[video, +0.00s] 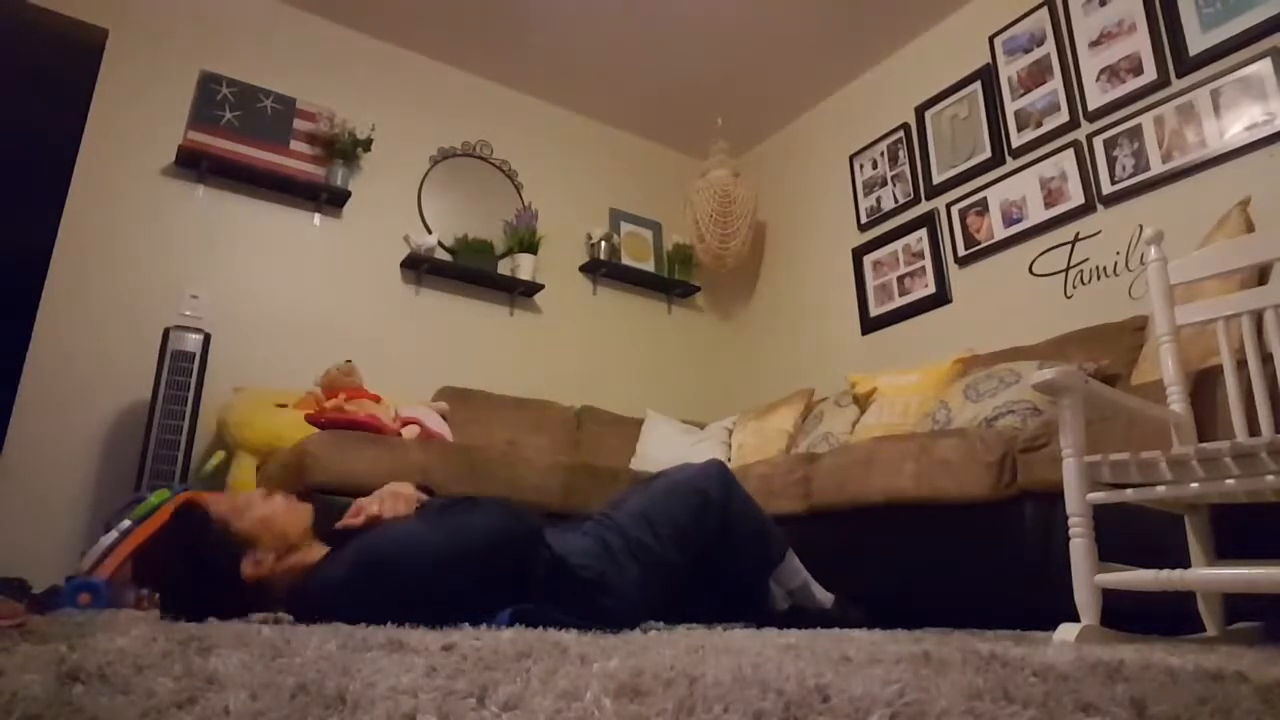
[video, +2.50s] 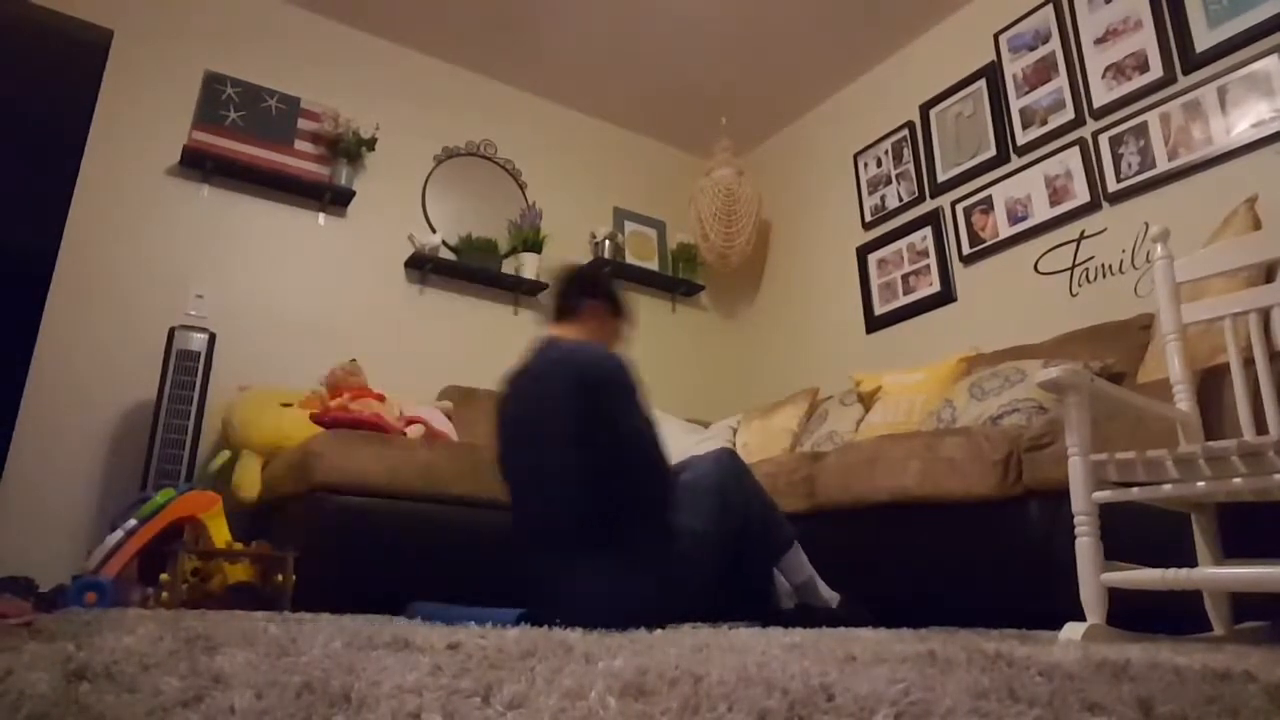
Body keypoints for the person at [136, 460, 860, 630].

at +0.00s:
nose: (266, 487)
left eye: (247, 491)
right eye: (249, 502)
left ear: (264, 552)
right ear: (257, 559)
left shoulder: (322, 562)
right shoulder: (355, 576)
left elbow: (486, 522)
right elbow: (511, 529)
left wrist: (412, 511)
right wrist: (417, 509)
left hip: (555, 564)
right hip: (575, 583)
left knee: (697, 504)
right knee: (708, 484)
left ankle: (785, 622)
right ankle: (817, 610)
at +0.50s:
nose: (401, 387)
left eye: (391, 375)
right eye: (387, 379)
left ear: (343, 414)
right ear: (356, 404)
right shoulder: (427, 478)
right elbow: (570, 503)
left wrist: (444, 455)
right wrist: (482, 455)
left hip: (541, 595)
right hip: (595, 590)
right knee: (709, 474)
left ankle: (786, 610)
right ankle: (806, 599)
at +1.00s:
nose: (728, 408)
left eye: (733, 404)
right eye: (731, 399)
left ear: (683, 363)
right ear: (722, 375)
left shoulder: (624, 394)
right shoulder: (706, 390)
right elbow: (695, 501)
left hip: (582, 589)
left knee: (729, 467)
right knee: (730, 481)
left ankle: (818, 593)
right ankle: (789, 599)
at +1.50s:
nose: (510, 353)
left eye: (508, 340)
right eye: (503, 339)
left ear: (450, 341)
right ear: (473, 338)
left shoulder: (425, 427)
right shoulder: (496, 420)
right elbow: (596, 509)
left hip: (511, 595)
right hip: (592, 599)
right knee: (713, 475)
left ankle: (790, 602)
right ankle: (812, 593)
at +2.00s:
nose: (334, 456)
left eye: (319, 448)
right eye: (314, 456)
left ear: (291, 506)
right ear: (289, 504)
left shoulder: (332, 564)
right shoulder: (369, 556)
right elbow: (537, 535)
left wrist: (437, 499)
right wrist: (444, 498)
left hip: (559, 567)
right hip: (583, 581)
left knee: (684, 484)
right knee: (712, 482)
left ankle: (789, 610)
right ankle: (819, 613)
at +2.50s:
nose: (617, 341)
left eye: (618, 330)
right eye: (617, 328)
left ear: (561, 312)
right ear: (598, 312)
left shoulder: (519, 382)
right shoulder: (599, 368)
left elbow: (521, 488)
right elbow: (653, 487)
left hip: (555, 590)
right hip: (627, 592)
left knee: (718, 465)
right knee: (719, 474)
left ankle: (812, 591)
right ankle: (787, 600)